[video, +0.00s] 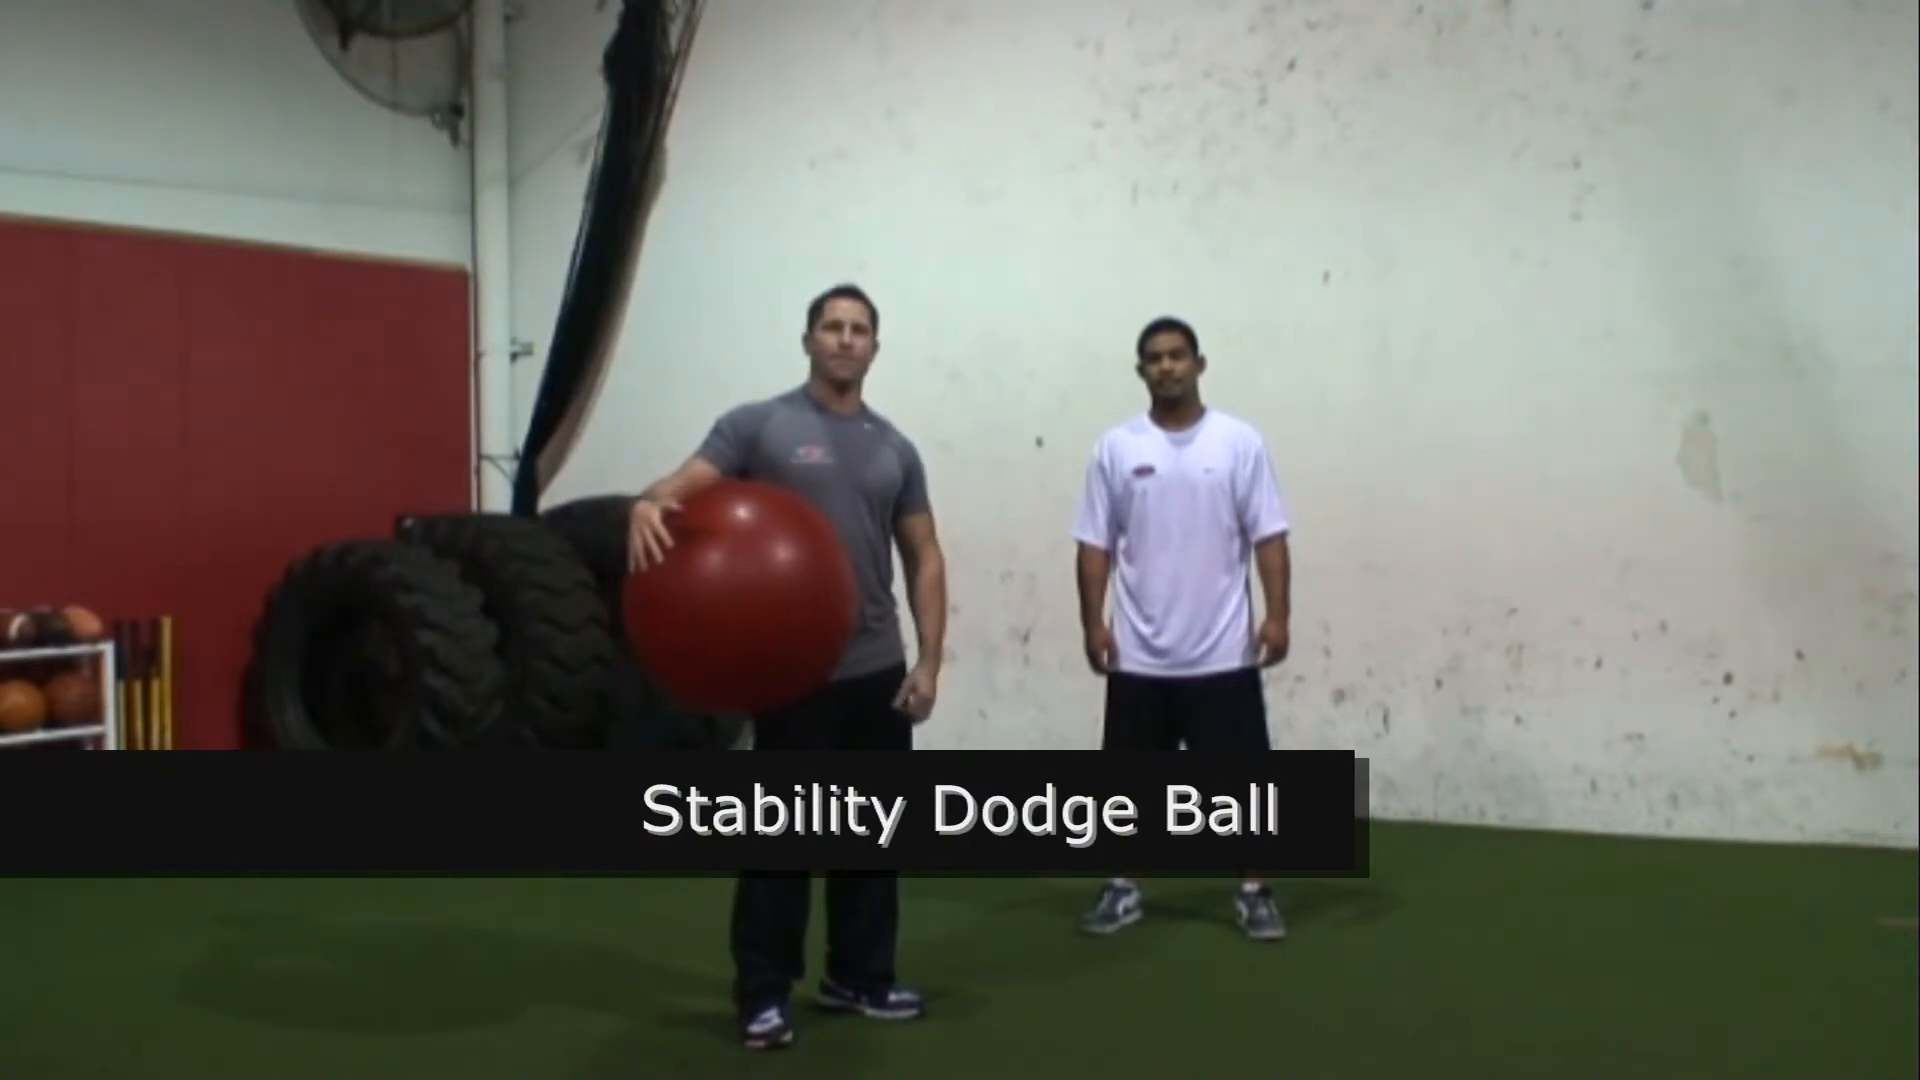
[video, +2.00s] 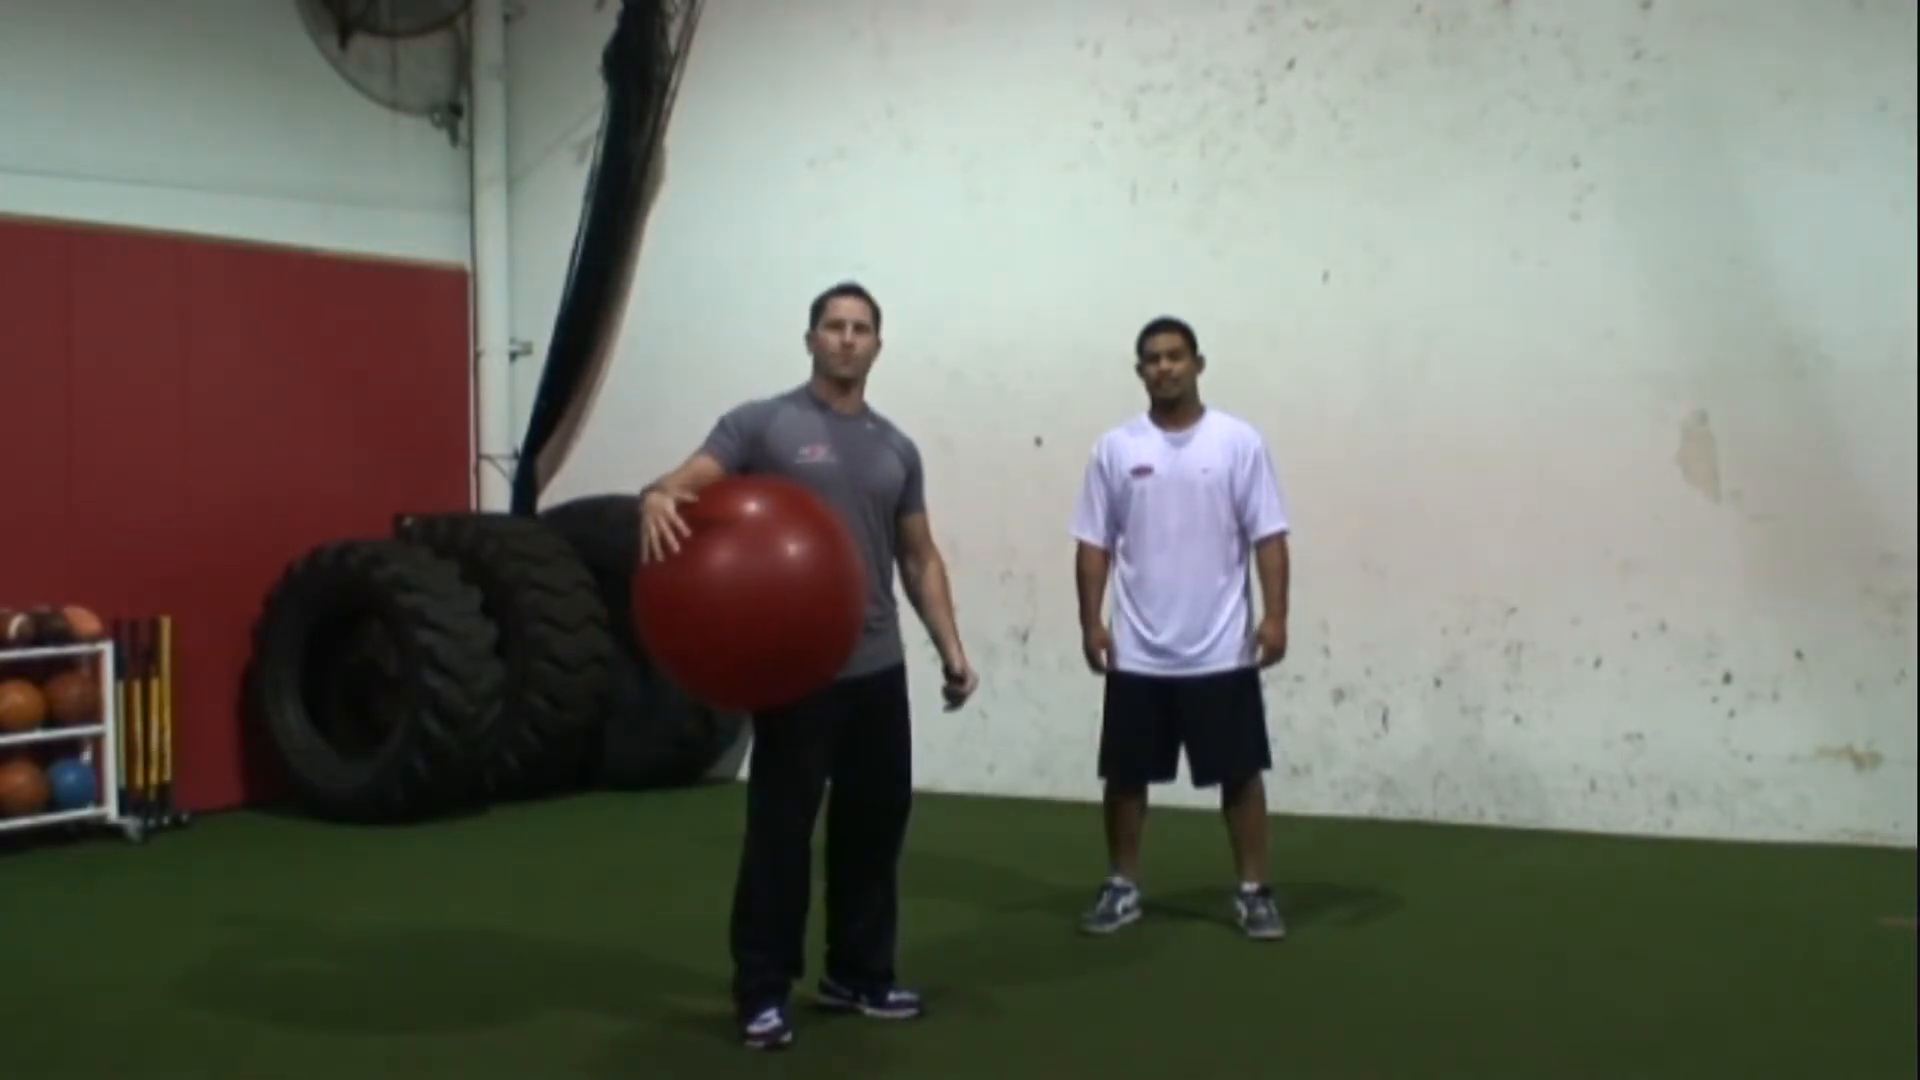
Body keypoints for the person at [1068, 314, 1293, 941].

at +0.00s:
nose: (1166, 366)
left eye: (1177, 356)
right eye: (1155, 358)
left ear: (1199, 364)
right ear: (1141, 371)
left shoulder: (1240, 442)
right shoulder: (1117, 448)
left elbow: (1269, 534)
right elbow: (1094, 541)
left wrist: (1277, 613)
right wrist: (1093, 622)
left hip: (1222, 648)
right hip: (1140, 649)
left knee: (1242, 778)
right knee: (1124, 778)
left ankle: (1253, 887)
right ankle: (1123, 884)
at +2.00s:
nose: (1163, 367)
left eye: (1174, 357)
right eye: (1152, 359)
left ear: (1198, 365)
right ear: (1139, 372)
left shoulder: (1239, 443)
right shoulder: (1116, 449)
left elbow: (1269, 535)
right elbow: (1093, 540)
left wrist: (1275, 616)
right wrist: (1091, 621)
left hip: (1221, 645)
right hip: (1139, 646)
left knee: (1242, 776)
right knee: (1123, 777)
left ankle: (1254, 889)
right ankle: (1122, 883)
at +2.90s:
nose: (1163, 367)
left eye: (1174, 357)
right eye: (1152, 359)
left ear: (1198, 365)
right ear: (1139, 371)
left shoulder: (1239, 443)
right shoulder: (1116, 449)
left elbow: (1267, 535)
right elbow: (1093, 540)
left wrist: (1274, 616)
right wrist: (1091, 622)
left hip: (1220, 645)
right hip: (1138, 646)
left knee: (1242, 776)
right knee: (1123, 777)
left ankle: (1254, 888)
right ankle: (1122, 884)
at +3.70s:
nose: (1162, 367)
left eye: (1173, 357)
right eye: (1151, 359)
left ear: (1198, 364)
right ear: (1138, 371)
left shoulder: (1239, 442)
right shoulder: (1116, 448)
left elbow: (1270, 533)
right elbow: (1092, 539)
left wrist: (1277, 612)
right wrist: (1089, 619)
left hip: (1221, 644)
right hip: (1138, 645)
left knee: (1242, 776)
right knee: (1123, 777)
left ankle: (1253, 889)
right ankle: (1122, 884)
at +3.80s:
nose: (1159, 367)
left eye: (1171, 357)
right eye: (1150, 359)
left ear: (1197, 364)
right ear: (1138, 370)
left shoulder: (1239, 442)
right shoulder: (1115, 448)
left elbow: (1270, 533)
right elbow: (1092, 539)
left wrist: (1278, 612)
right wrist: (1089, 620)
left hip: (1221, 644)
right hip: (1138, 645)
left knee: (1242, 776)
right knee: (1123, 777)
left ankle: (1254, 889)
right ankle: (1122, 883)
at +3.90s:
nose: (1156, 367)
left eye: (1169, 357)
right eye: (1148, 359)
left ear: (1197, 364)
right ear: (1137, 370)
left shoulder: (1239, 442)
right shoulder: (1115, 448)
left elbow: (1270, 533)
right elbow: (1092, 539)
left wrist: (1278, 612)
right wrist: (1089, 619)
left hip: (1221, 644)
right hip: (1138, 645)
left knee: (1242, 776)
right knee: (1123, 777)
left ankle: (1253, 888)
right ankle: (1122, 884)